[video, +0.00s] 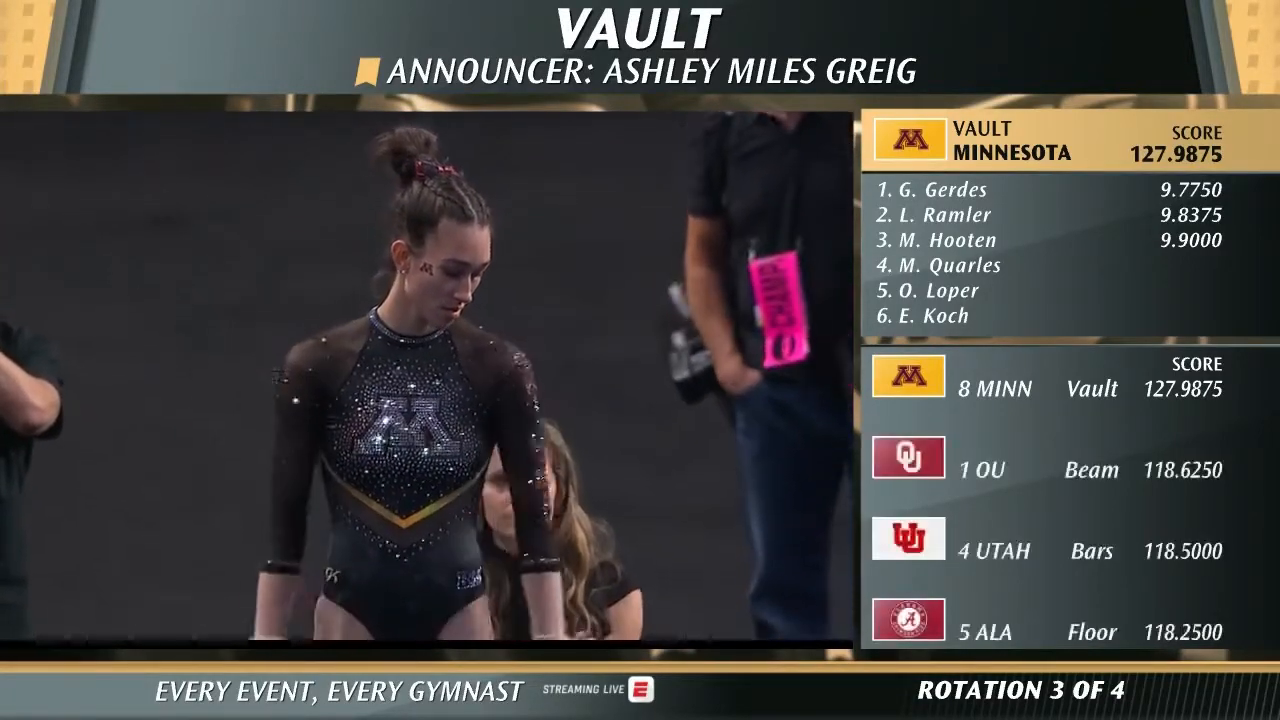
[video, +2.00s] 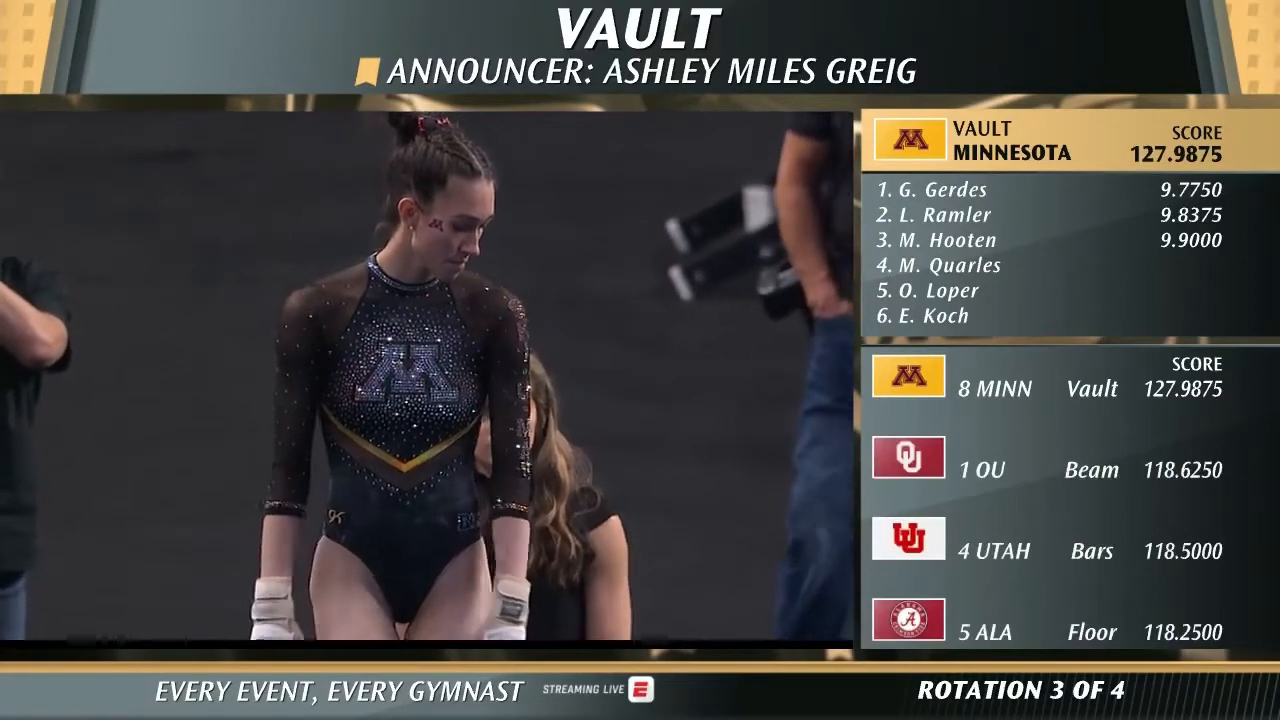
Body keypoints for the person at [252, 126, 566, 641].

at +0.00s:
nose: (465, 292)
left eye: (477, 273)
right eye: (451, 271)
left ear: (488, 265)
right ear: (403, 257)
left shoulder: (499, 369)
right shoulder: (316, 366)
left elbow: (533, 524)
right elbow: (286, 536)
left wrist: (551, 649)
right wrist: (265, 649)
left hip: (461, 606)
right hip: (350, 606)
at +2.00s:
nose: (472, 245)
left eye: (481, 227)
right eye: (460, 226)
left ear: (486, 216)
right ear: (410, 211)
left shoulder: (494, 313)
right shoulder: (316, 311)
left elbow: (512, 465)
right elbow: (290, 466)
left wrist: (511, 608)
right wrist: (271, 609)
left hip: (459, 560)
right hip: (350, 557)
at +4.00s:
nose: (466, 250)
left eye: (473, 233)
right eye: (451, 233)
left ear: (480, 222)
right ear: (398, 220)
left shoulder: (493, 319)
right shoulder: (311, 321)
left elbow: (518, 465)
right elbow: (286, 469)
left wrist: (510, 602)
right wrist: (288, 607)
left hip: (461, 570)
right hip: (351, 567)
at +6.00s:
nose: (458, 256)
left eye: (465, 239)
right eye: (443, 240)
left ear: (472, 227)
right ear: (389, 228)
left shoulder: (482, 332)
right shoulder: (305, 334)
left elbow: (501, 482)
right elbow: (282, 485)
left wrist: (511, 619)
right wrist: (275, 621)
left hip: (452, 574)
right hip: (345, 574)